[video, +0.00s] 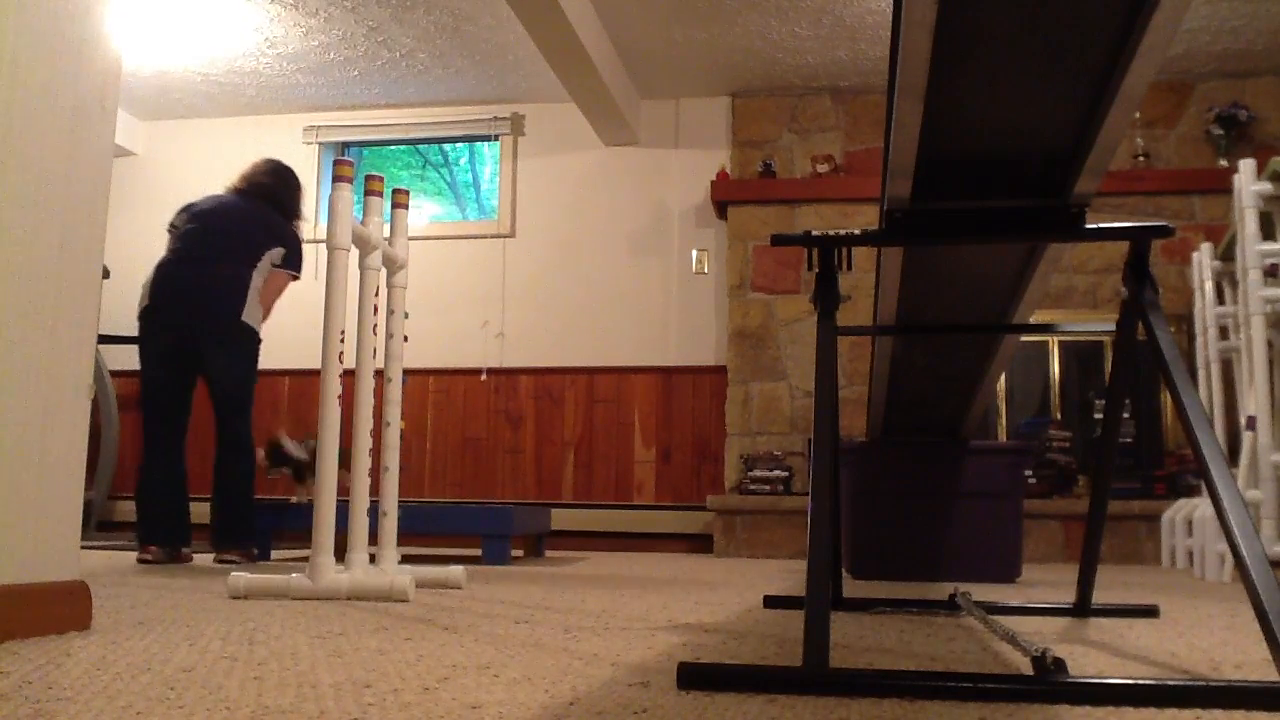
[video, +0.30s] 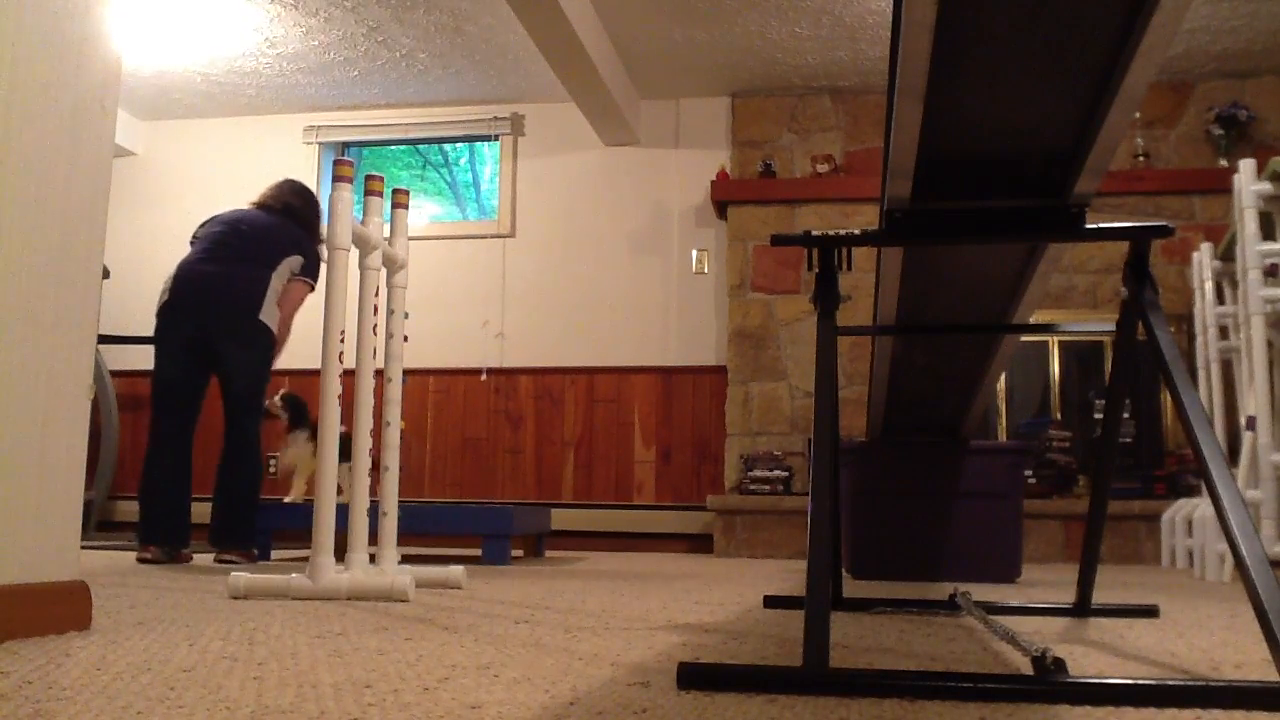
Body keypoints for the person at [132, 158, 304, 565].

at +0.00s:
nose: (297, 211)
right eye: (296, 203)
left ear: (243, 182)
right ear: (290, 198)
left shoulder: (195, 207)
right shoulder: (283, 233)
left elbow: (172, 264)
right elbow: (266, 297)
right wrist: (244, 335)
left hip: (163, 321)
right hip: (227, 329)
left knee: (163, 432)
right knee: (234, 433)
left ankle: (160, 539)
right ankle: (233, 540)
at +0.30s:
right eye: (315, 224)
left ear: (265, 201)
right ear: (310, 219)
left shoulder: (222, 219)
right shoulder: (306, 245)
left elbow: (190, 280)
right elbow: (285, 310)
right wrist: (263, 366)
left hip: (180, 315)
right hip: (244, 326)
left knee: (171, 426)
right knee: (243, 432)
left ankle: (162, 540)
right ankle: (233, 543)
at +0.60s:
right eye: (323, 227)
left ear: (276, 205)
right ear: (318, 222)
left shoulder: (232, 221)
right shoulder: (315, 249)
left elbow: (192, 286)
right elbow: (297, 323)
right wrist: (287, 395)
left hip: (192, 318)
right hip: (255, 328)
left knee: (177, 425)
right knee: (248, 434)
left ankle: (164, 537)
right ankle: (233, 543)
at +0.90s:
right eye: (333, 235)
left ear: (289, 206)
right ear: (327, 225)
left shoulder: (241, 221)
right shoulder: (320, 252)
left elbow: (199, 273)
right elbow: (302, 333)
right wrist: (300, 402)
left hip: (194, 314)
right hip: (256, 326)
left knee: (179, 424)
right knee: (248, 435)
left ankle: (164, 535)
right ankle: (233, 542)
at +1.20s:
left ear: (300, 216)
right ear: (334, 233)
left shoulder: (259, 233)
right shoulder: (326, 257)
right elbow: (309, 342)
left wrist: (270, 361)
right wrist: (307, 404)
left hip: (191, 307)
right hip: (250, 322)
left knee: (192, 423)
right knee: (249, 433)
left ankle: (178, 532)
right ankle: (235, 542)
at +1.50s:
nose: (353, 297)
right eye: (355, 287)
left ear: (325, 253)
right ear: (348, 270)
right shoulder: (329, 272)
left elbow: (280, 370)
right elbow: (308, 360)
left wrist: (319, 417)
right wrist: (329, 407)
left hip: (178, 321)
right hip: (227, 333)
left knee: (208, 434)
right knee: (245, 441)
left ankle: (212, 538)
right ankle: (236, 543)